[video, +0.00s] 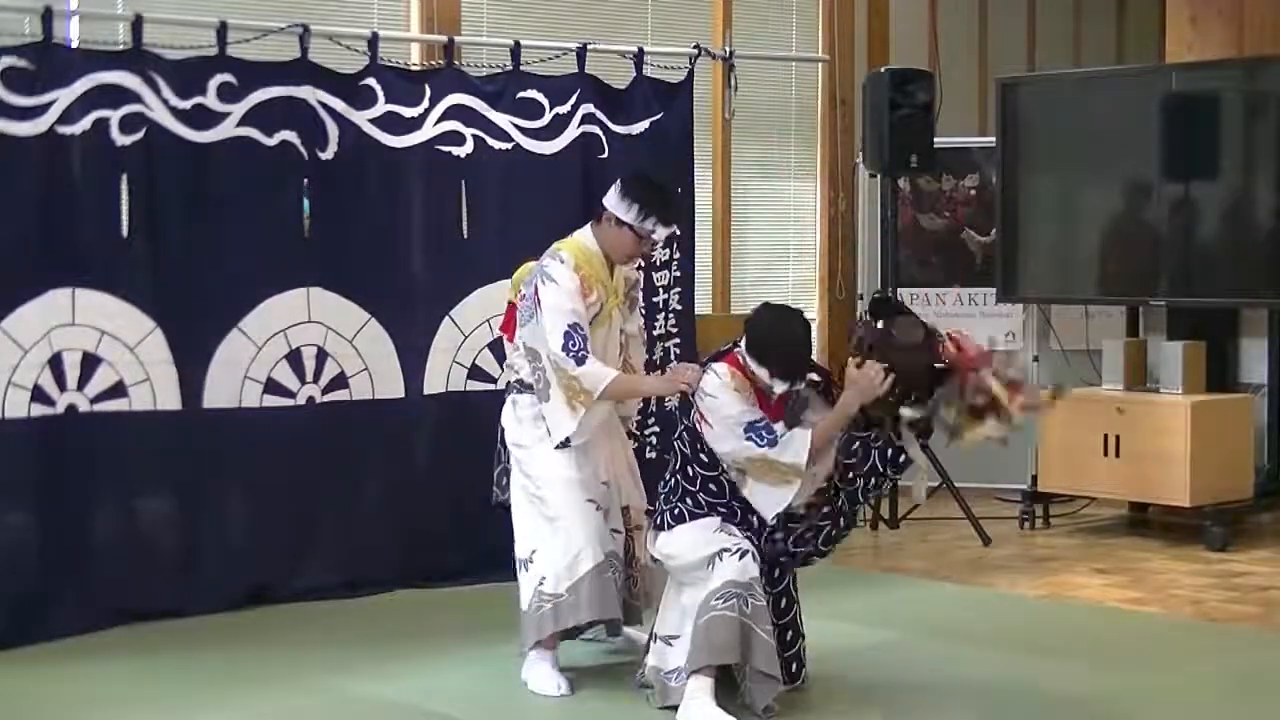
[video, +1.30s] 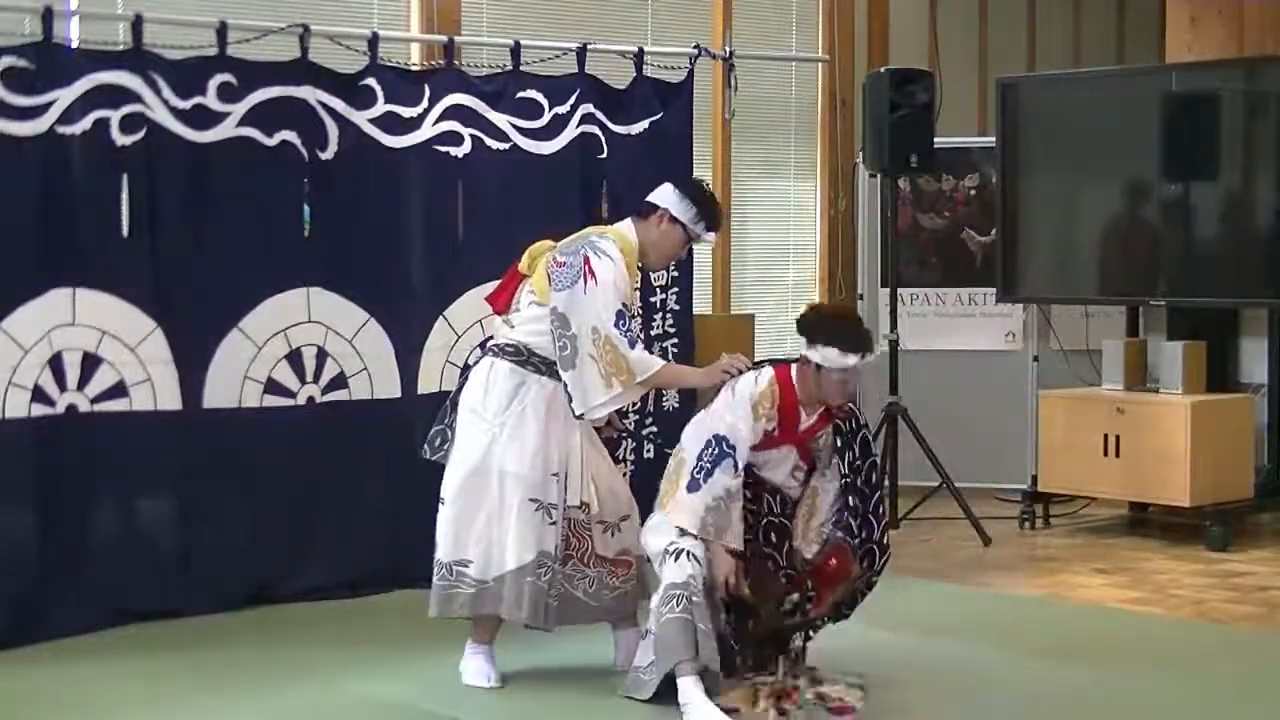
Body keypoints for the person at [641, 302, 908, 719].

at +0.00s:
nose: (780, 385)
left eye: (789, 377)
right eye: (772, 376)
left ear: (801, 359)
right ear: (751, 358)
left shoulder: (793, 379)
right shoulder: (719, 385)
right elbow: (784, 454)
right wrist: (849, 403)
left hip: (744, 517)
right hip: (693, 512)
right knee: (736, 563)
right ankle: (698, 694)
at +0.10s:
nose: (788, 388)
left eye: (795, 379)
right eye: (781, 378)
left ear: (807, 363)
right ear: (758, 359)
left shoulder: (797, 379)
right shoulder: (722, 391)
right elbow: (778, 471)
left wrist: (847, 412)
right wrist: (841, 428)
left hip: (741, 511)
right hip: (691, 512)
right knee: (736, 565)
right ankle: (698, 695)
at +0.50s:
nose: (793, 417)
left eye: (804, 412)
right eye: (786, 408)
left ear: (818, 391)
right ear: (767, 381)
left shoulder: (811, 396)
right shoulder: (721, 396)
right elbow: (775, 475)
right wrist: (846, 442)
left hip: (746, 518)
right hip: (689, 516)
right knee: (723, 561)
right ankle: (696, 688)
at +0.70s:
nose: (816, 436)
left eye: (825, 428)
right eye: (808, 427)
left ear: (839, 402)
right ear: (784, 400)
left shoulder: (829, 411)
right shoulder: (731, 411)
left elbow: (837, 475)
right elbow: (736, 510)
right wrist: (811, 514)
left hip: (792, 533)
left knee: (882, 555)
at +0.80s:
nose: (821, 447)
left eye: (831, 440)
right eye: (815, 437)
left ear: (845, 414)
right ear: (792, 409)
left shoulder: (833, 418)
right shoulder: (738, 417)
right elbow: (733, 509)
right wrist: (813, 513)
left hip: (780, 529)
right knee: (778, 676)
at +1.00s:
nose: (826, 449)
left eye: (836, 446)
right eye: (822, 436)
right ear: (806, 403)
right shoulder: (748, 404)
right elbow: (729, 503)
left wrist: (809, 543)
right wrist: (797, 535)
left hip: (756, 526)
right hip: (681, 518)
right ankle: (688, 693)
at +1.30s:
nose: (853, 388)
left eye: (855, 376)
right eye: (844, 376)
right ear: (811, 365)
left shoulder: (832, 422)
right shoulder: (756, 389)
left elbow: (822, 494)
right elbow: (718, 465)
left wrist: (812, 560)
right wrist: (723, 546)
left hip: (752, 506)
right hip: (692, 499)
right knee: (684, 571)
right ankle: (690, 690)